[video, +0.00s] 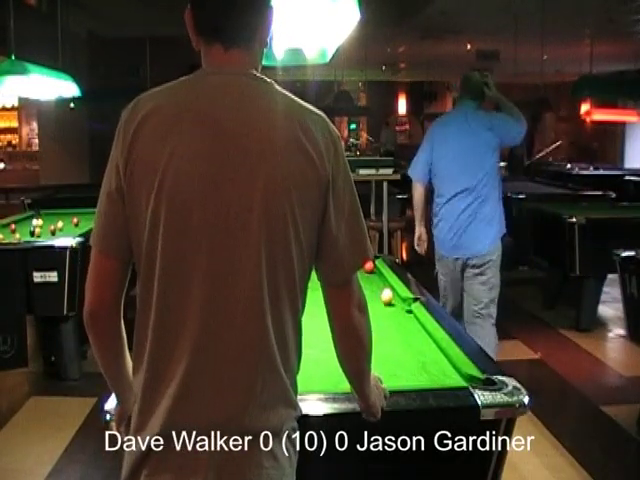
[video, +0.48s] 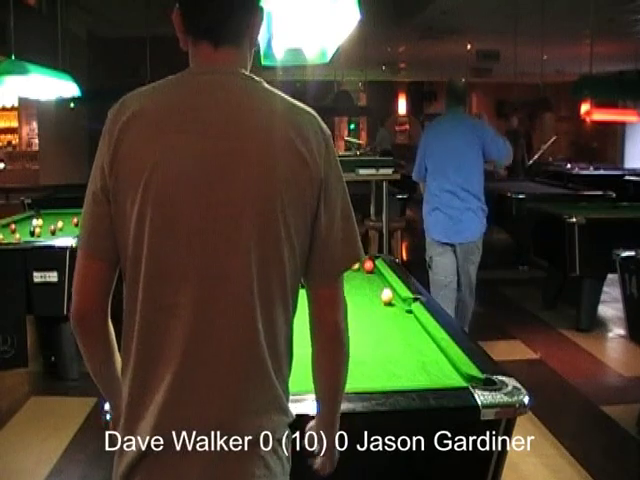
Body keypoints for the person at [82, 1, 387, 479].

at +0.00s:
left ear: (191, 22)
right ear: (266, 29)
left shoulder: (142, 119)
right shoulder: (313, 131)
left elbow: (98, 305)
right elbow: (345, 296)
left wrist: (126, 396)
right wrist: (365, 388)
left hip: (159, 428)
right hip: (264, 429)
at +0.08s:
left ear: (190, 23)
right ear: (266, 29)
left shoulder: (141, 118)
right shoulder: (313, 131)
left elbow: (97, 306)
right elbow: (343, 299)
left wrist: (126, 398)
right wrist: (362, 392)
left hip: (158, 430)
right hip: (263, 432)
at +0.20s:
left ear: (188, 23)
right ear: (264, 26)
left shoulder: (138, 118)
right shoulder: (310, 130)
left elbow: (95, 306)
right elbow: (338, 303)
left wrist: (124, 396)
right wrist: (354, 399)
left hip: (155, 432)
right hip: (262, 432)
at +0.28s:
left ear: (186, 23)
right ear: (264, 26)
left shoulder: (136, 118)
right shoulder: (309, 131)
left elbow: (93, 306)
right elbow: (335, 306)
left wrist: (122, 399)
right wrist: (347, 409)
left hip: (153, 434)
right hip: (261, 434)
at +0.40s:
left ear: (182, 23)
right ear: (260, 26)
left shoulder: (132, 119)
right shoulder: (307, 131)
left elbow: (90, 307)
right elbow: (331, 310)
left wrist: (121, 404)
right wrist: (333, 418)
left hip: (151, 434)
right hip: (260, 435)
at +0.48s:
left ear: (178, 22)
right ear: (256, 26)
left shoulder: (129, 119)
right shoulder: (305, 130)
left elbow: (87, 307)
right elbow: (328, 311)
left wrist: (120, 404)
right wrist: (327, 422)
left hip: (148, 433)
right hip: (258, 434)